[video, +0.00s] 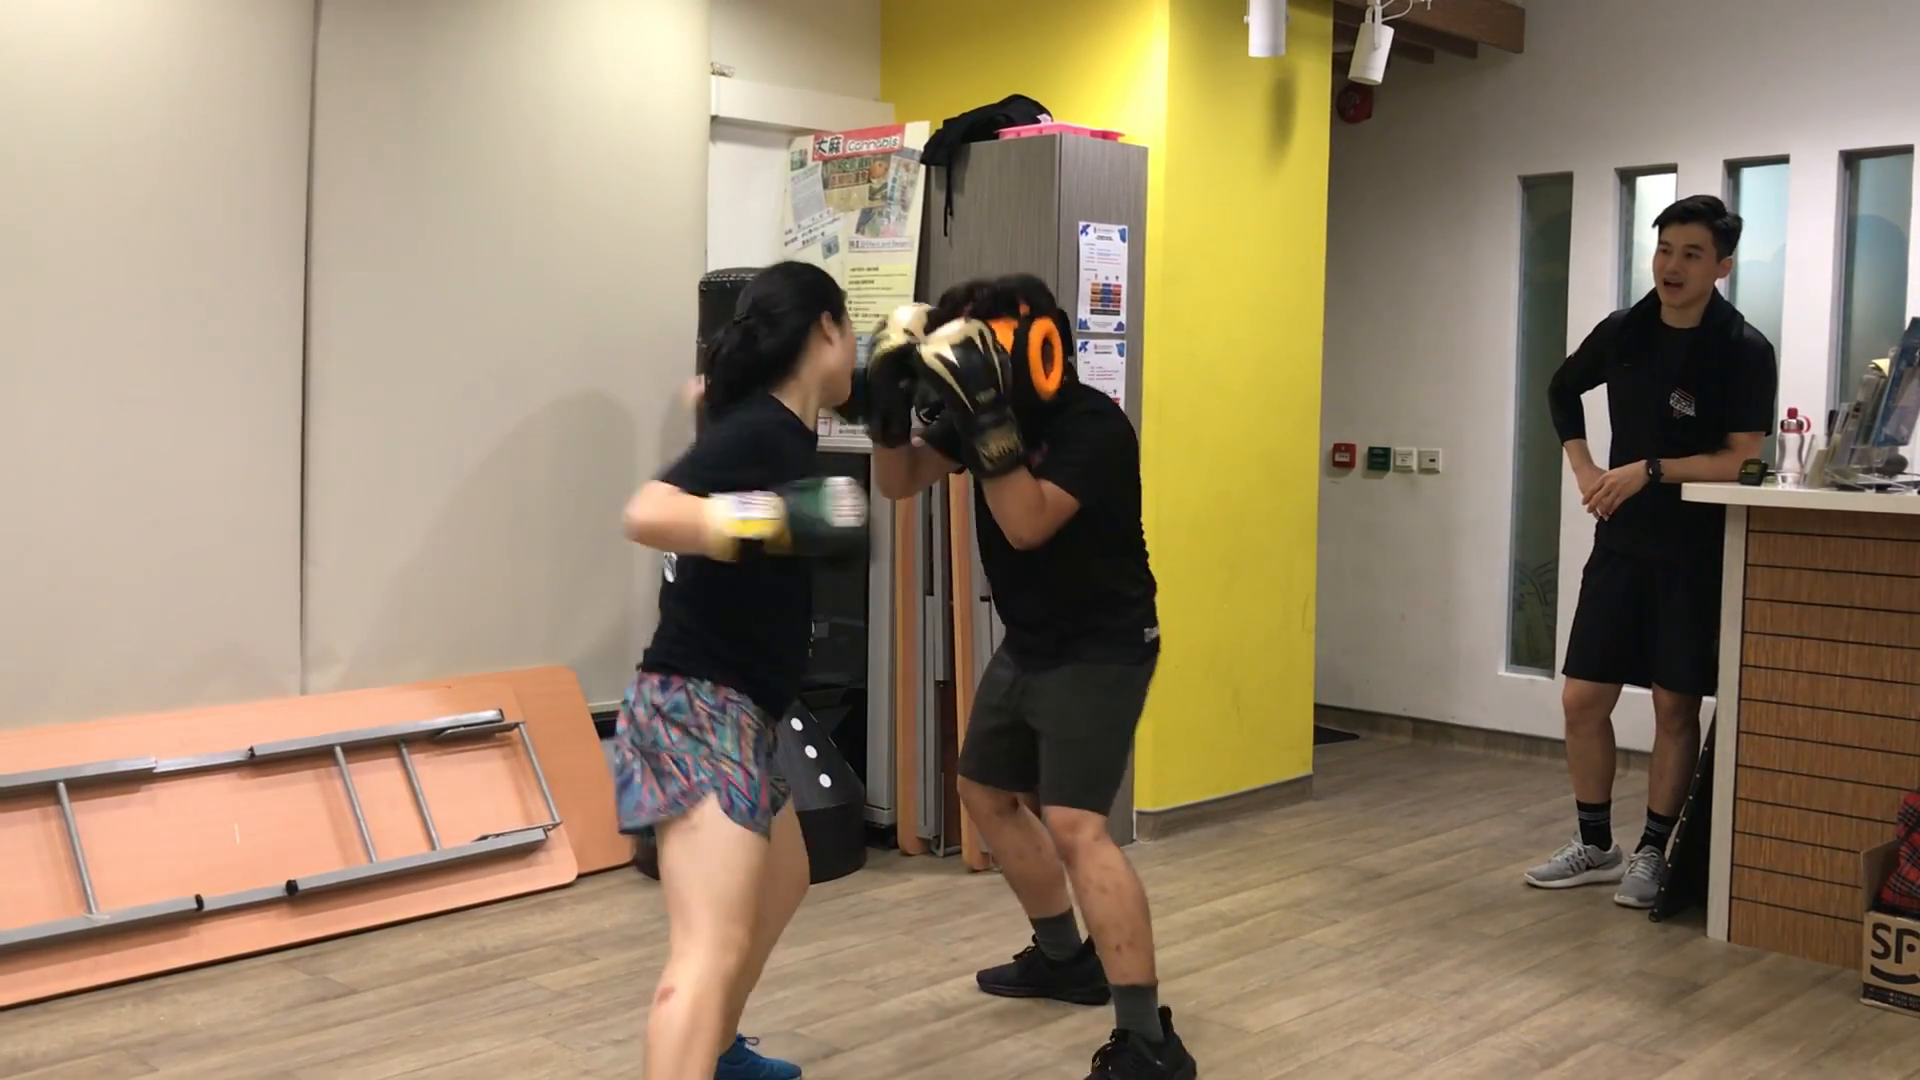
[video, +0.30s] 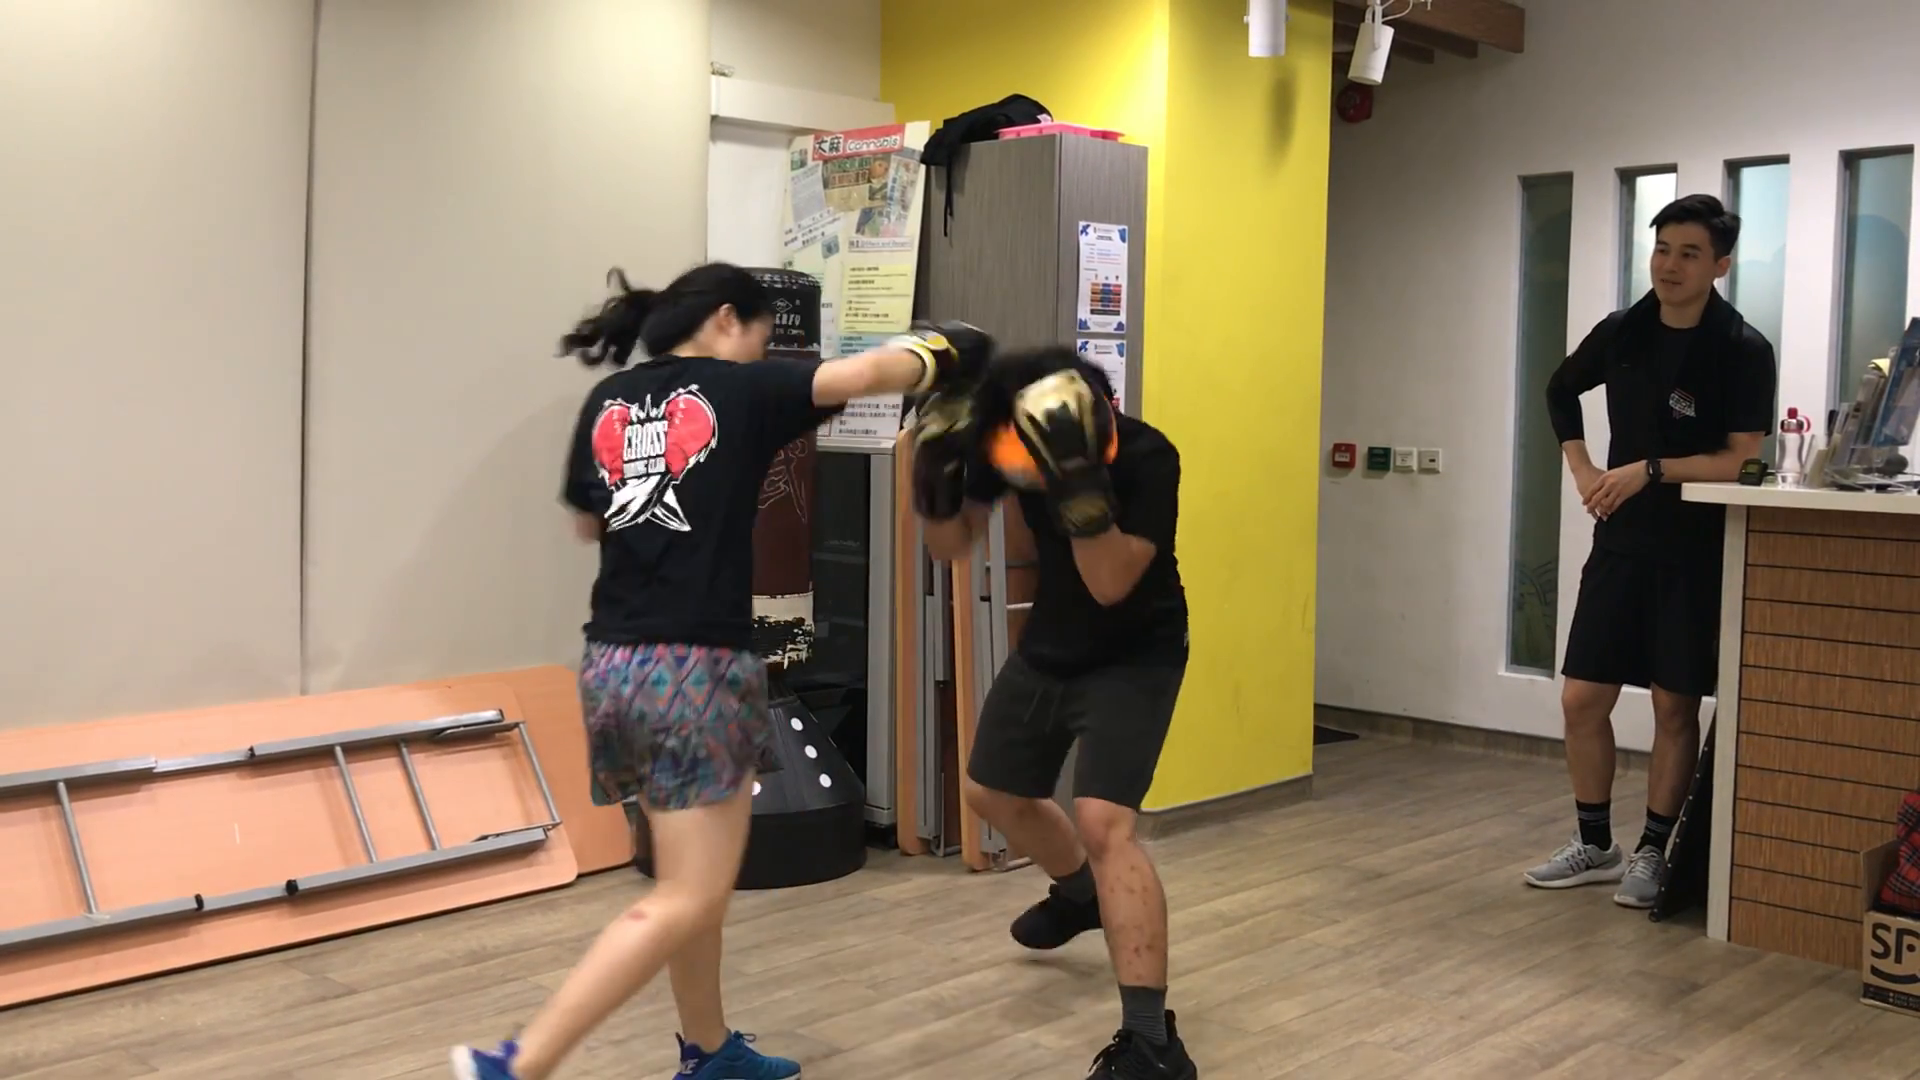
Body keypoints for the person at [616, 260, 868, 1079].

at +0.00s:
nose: (853, 346)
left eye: (847, 329)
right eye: (846, 329)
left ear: (780, 339)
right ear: (819, 336)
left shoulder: (786, 434)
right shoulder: (759, 432)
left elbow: (701, 400)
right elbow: (646, 511)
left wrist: (700, 404)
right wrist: (735, 523)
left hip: (736, 707)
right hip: (696, 705)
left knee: (782, 878)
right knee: (711, 949)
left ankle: (715, 1043)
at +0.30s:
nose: (764, 350)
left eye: (765, 338)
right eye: (761, 336)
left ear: (679, 327)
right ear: (722, 322)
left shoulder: (608, 398)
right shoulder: (744, 388)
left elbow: (586, 522)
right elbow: (861, 374)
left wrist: (669, 474)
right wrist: (935, 353)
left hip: (611, 663)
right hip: (697, 667)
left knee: (686, 879)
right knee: (692, 895)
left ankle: (708, 1049)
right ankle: (519, 1064)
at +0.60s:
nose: (688, 392)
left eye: (690, 377)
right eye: (688, 373)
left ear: (611, 355)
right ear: (651, 355)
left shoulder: (520, 423)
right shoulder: (657, 427)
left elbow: (461, 542)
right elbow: (754, 523)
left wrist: (558, 512)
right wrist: (680, 507)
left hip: (527, 700)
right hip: (585, 715)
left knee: (690, 840)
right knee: (555, 929)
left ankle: (701, 1044)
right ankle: (413, 1073)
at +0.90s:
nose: (734, 370)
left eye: (736, 353)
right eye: (732, 351)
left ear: (684, 340)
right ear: (696, 342)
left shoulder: (637, 416)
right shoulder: (609, 422)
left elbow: (550, 403)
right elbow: (507, 502)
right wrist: (614, 541)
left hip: (623, 678)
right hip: (560, 677)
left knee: (701, 820)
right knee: (519, 883)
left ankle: (719, 980)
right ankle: (415, 1068)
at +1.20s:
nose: (813, 394)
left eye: (818, 379)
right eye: (808, 377)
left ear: (761, 367)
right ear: (761, 365)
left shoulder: (727, 442)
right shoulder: (710, 430)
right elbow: (649, 491)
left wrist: (749, 536)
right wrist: (711, 530)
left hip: (641, 659)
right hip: (598, 653)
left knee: (693, 807)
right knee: (548, 842)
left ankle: (705, 978)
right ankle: (415, 1015)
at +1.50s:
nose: (750, 395)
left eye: (757, 382)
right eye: (744, 376)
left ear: (703, 361)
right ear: (697, 351)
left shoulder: (667, 405)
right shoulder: (659, 407)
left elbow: (689, 490)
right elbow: (736, 507)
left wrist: (746, 456)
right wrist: (790, 469)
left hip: (638, 641)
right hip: (567, 640)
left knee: (673, 810)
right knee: (559, 834)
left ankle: (700, 977)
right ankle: (496, 961)